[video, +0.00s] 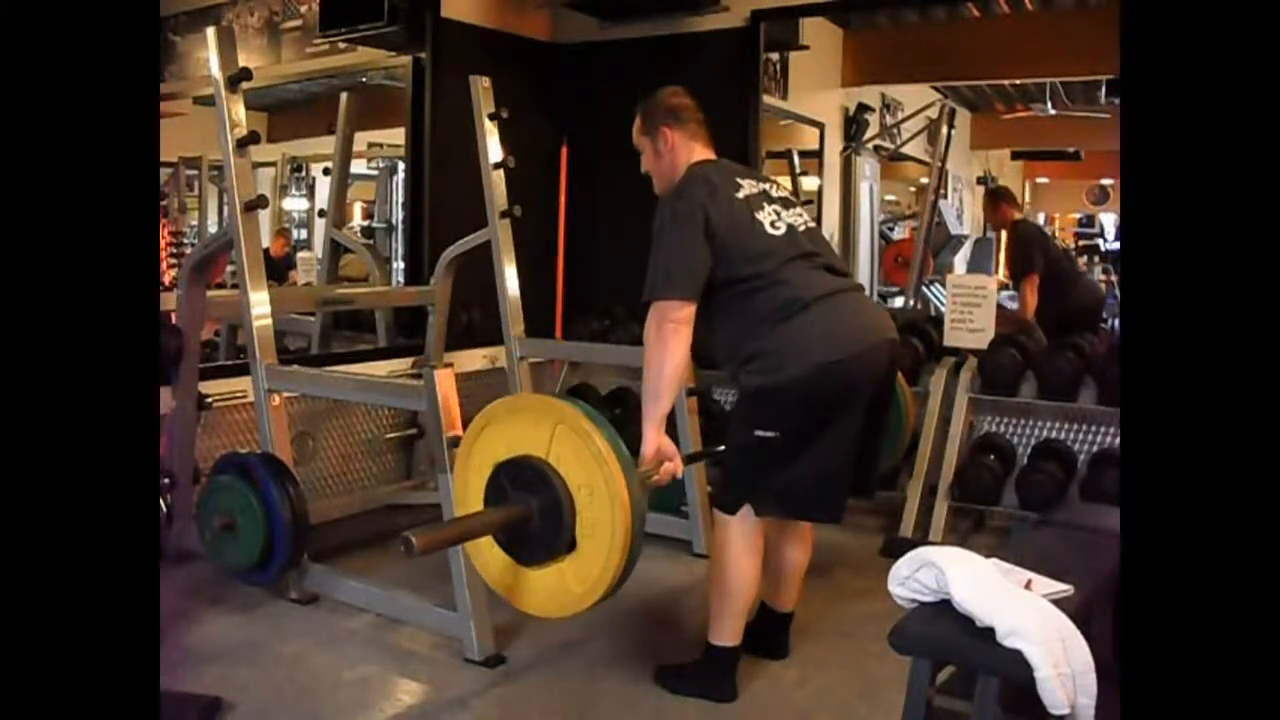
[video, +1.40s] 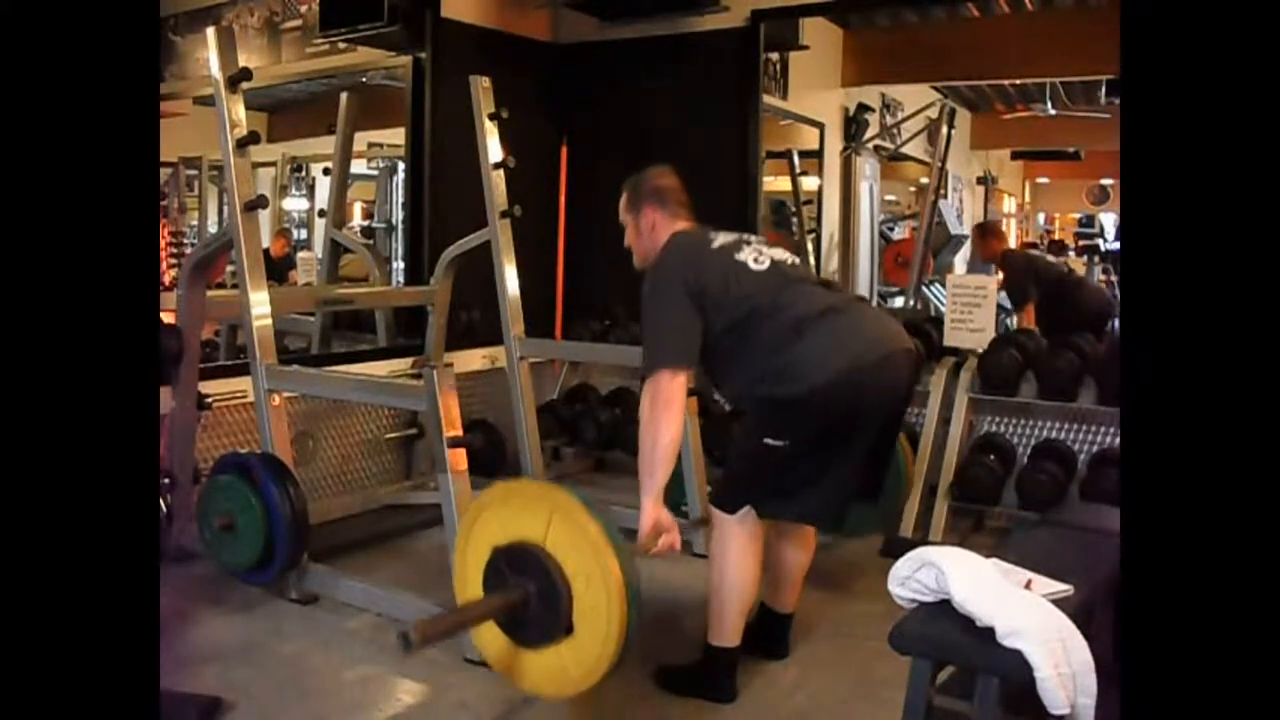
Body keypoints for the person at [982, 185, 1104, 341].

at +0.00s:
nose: (986, 218)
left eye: (988, 211)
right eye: (985, 212)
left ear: (1002, 208)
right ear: (1006, 207)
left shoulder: (1023, 231)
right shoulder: (1020, 231)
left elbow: (1030, 283)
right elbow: (1026, 284)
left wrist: (1023, 329)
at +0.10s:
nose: (986, 222)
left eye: (986, 216)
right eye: (984, 217)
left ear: (1001, 211)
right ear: (1006, 210)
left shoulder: (1022, 236)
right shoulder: (1019, 234)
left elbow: (1028, 290)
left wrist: (1023, 332)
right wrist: (1006, 285)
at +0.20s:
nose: (985, 226)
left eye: (985, 219)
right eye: (983, 220)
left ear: (1000, 214)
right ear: (1004, 213)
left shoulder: (1021, 239)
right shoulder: (1018, 238)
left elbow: (1028, 295)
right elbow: (1026, 293)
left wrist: (1022, 337)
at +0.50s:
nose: (983, 238)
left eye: (983, 231)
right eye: (981, 232)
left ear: (997, 224)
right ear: (1000, 223)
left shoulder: (1017, 246)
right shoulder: (1021, 244)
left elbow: (1028, 299)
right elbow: (1026, 299)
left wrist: (1024, 344)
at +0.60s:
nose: (981, 241)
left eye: (981, 233)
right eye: (979, 235)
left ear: (997, 228)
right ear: (1004, 227)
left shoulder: (1017, 251)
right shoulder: (1022, 247)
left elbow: (1027, 306)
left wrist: (1024, 350)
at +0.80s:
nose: (976, 247)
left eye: (977, 241)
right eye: (975, 242)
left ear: (991, 238)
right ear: (1001, 236)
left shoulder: (1014, 262)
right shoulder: (1020, 257)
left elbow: (1025, 317)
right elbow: (1026, 316)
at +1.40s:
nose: (978, 251)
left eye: (978, 245)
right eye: (976, 245)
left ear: (992, 242)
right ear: (999, 240)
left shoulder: (1014, 265)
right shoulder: (1017, 260)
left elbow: (1027, 318)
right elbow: (1026, 317)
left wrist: (1022, 357)